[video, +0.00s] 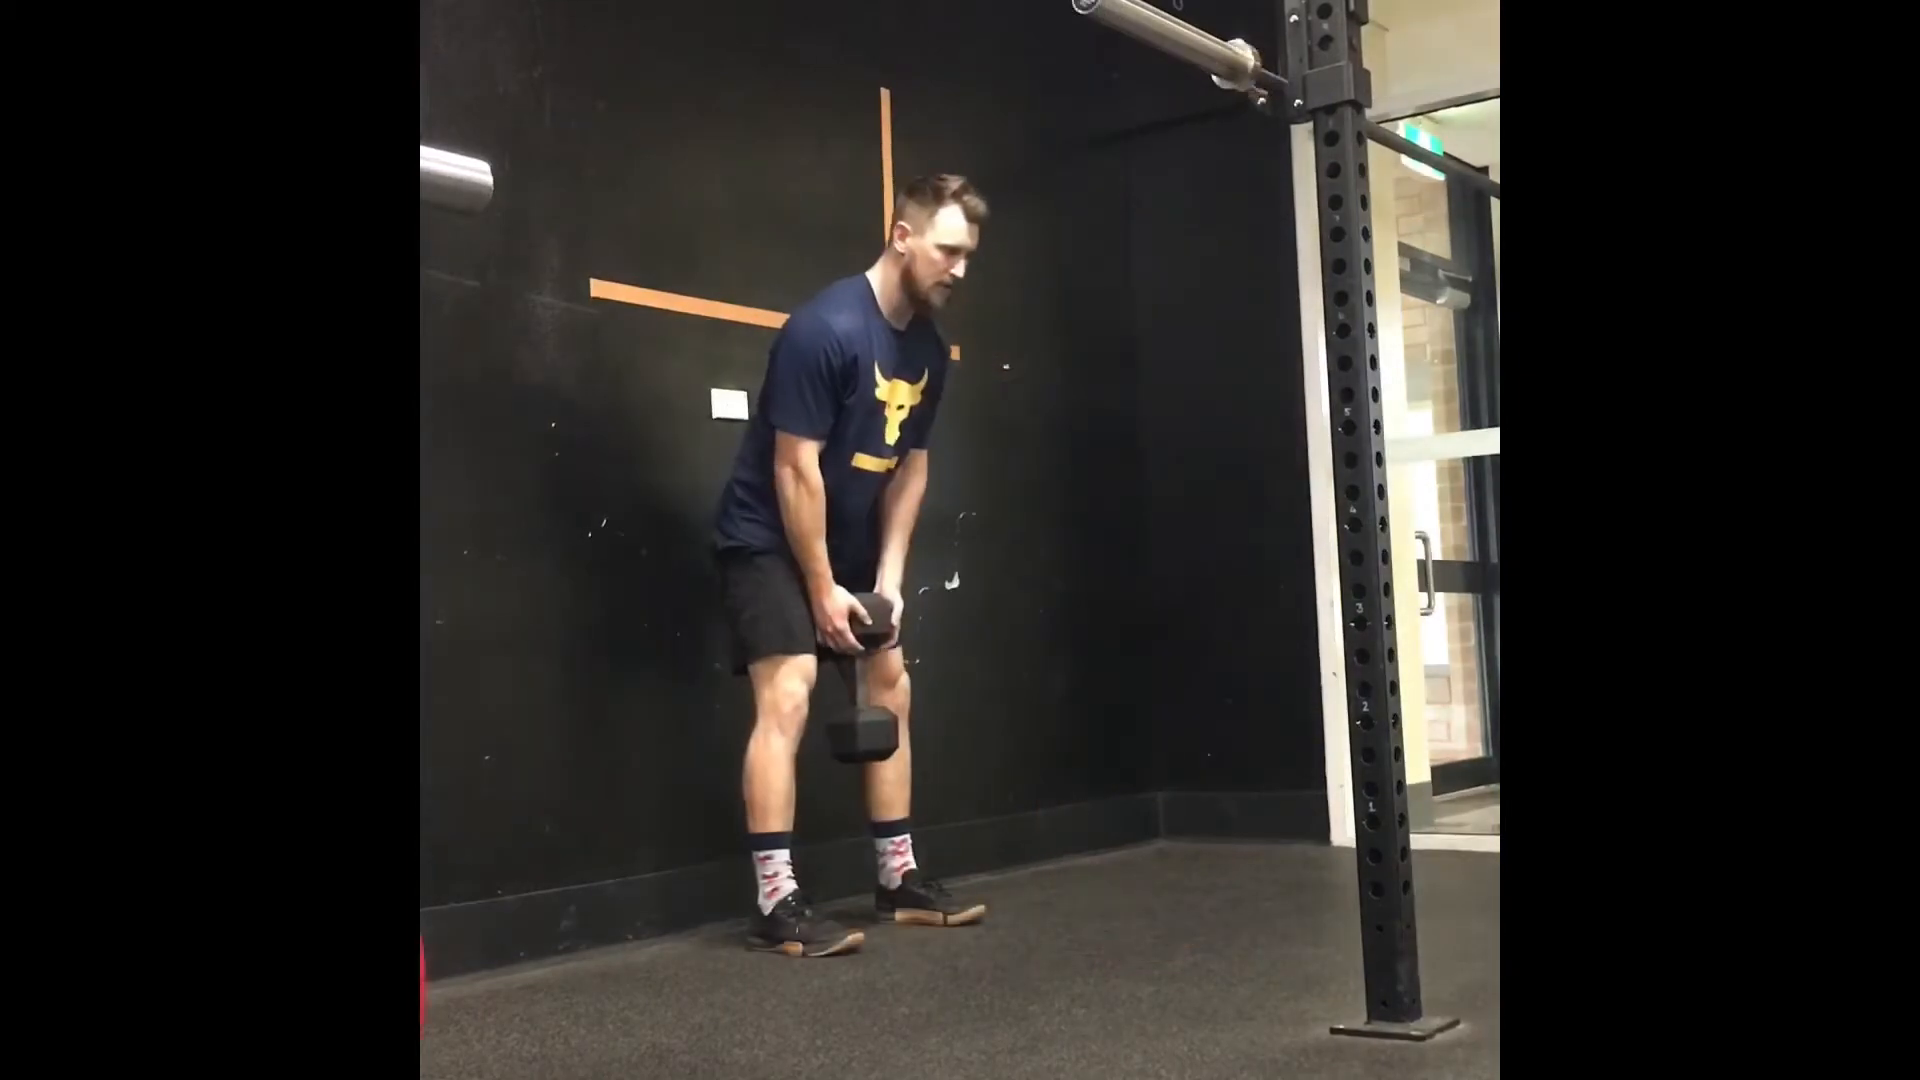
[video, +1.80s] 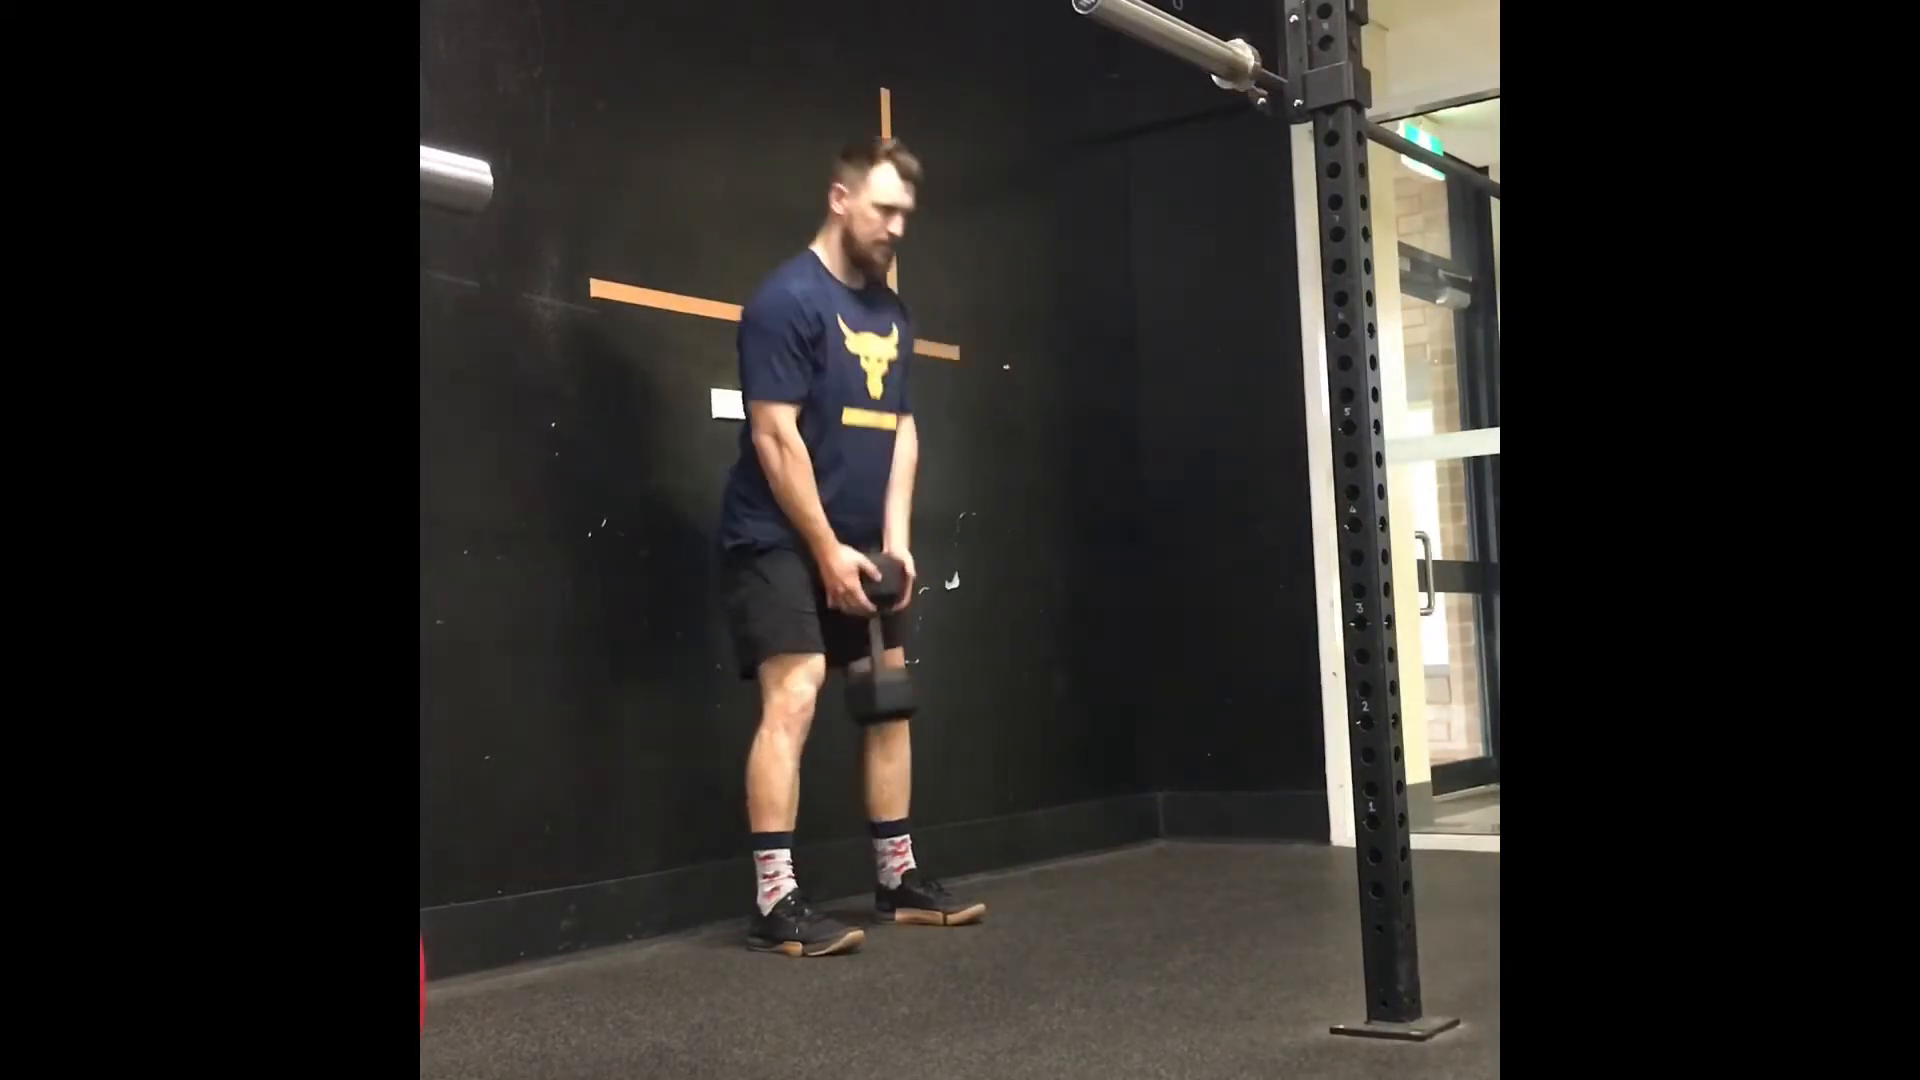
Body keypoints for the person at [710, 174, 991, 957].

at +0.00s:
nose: (958, 269)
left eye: (967, 255)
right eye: (947, 249)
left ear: (967, 258)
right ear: (900, 238)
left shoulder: (929, 349)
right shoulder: (821, 331)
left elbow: (907, 469)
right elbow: (796, 470)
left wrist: (888, 582)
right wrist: (821, 587)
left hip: (851, 544)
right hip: (769, 538)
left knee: (889, 688)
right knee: (786, 698)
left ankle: (898, 883)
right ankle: (777, 905)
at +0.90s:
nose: (999, 387)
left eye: (1008, 373)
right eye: (990, 368)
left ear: (1008, 369)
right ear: (942, 353)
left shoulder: (952, 441)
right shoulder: (849, 429)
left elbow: (908, 557)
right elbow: (807, 560)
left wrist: (884, 669)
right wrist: (814, 682)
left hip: (823, 560)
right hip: (735, 548)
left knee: (881, 691)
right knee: (772, 698)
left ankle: (898, 879)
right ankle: (776, 904)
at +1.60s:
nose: (946, 279)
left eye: (954, 265)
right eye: (934, 260)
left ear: (953, 266)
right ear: (888, 249)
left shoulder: (921, 360)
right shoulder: (813, 346)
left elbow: (908, 482)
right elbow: (789, 488)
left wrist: (888, 591)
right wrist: (819, 605)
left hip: (839, 544)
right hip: (755, 540)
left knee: (886, 684)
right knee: (780, 697)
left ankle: (896, 881)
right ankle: (776, 904)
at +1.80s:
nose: (898, 228)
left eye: (905, 214)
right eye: (885, 210)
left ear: (906, 217)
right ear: (839, 202)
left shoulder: (890, 313)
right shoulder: (783, 301)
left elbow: (901, 432)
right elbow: (774, 441)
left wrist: (896, 537)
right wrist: (826, 550)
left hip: (863, 533)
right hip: (782, 532)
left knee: (886, 696)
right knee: (792, 696)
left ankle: (898, 884)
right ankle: (777, 905)